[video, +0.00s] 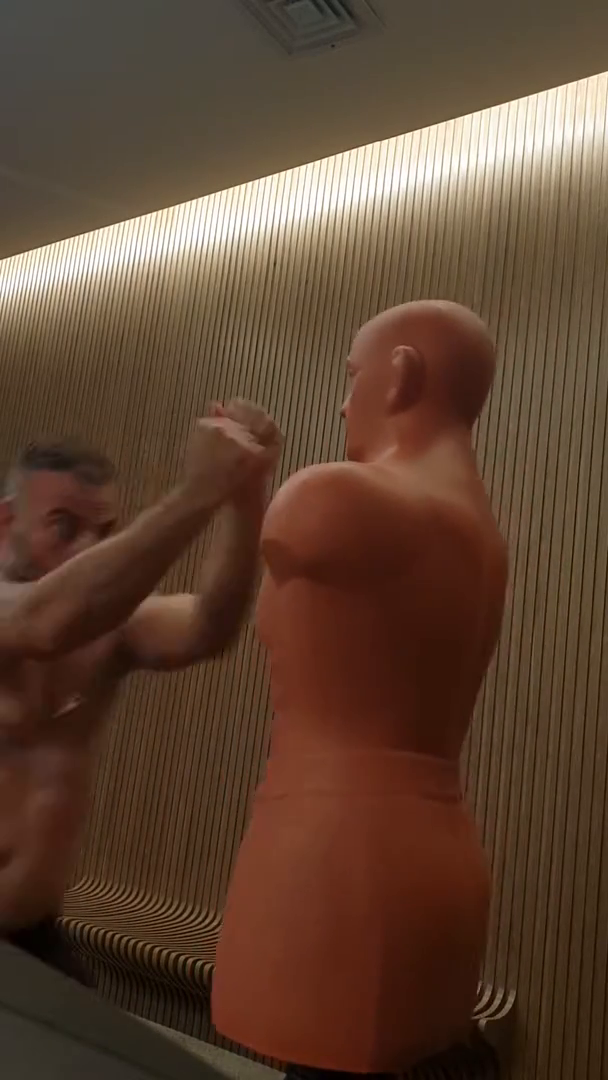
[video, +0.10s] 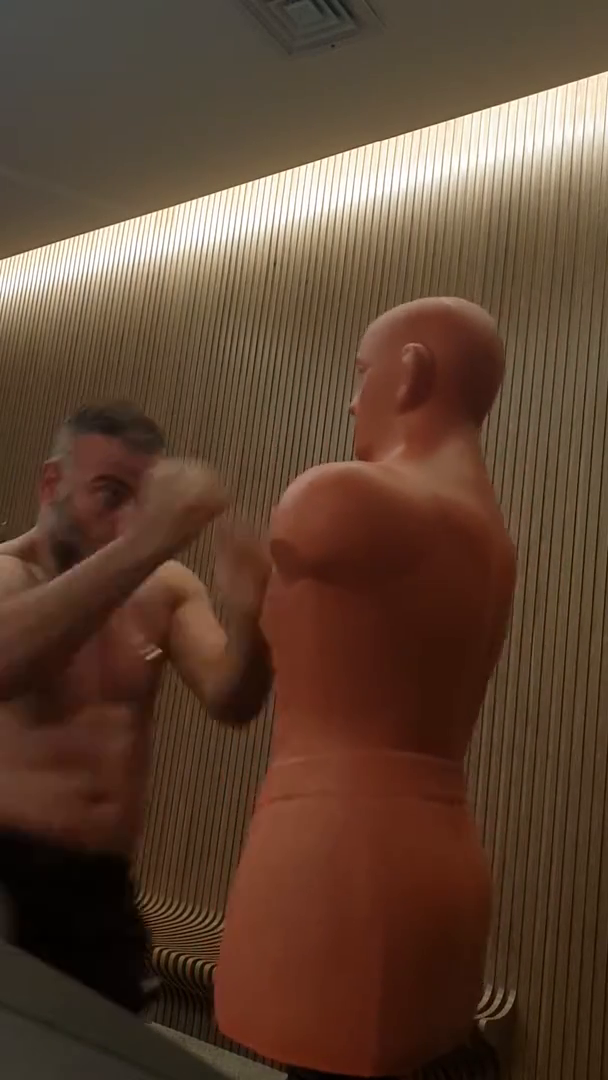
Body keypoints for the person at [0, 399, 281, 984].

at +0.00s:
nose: (83, 550)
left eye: (103, 533)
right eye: (63, 526)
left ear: (117, 533)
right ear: (8, 520)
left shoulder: (110, 623)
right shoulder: (2, 600)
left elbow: (210, 627)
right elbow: (44, 624)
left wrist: (249, 501)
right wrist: (197, 494)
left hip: (32, 939)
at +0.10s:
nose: (125, 522)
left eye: (141, 501)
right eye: (107, 493)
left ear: (156, 505)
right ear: (50, 485)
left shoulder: (167, 586)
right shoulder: (11, 573)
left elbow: (232, 704)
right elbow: (9, 660)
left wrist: (247, 620)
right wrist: (149, 536)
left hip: (103, 878)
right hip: (11, 864)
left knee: (111, 1052)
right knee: (22, 1036)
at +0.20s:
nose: (147, 533)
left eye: (166, 510)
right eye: (126, 502)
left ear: (181, 508)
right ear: (70, 484)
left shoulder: (168, 588)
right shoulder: (15, 594)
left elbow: (212, 720)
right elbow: (13, 778)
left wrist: (238, 717)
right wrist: (57, 773)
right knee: (239, 771)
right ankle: (102, 1017)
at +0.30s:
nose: (148, 534)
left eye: (166, 512)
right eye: (125, 503)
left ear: (179, 513)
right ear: (67, 491)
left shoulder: (154, 601)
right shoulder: (19, 593)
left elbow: (222, 715)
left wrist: (286, 713)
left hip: (221, 843)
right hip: (111, 862)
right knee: (333, 803)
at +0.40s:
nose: (151, 514)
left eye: (163, 494)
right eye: (125, 489)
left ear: (175, 501)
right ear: (63, 492)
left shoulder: (182, 616)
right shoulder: (24, 607)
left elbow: (264, 726)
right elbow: (6, 745)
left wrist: (313, 653)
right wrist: (20, 764)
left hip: (218, 873)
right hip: (108, 872)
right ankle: (175, 1074)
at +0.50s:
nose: (168, 508)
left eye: (177, 487)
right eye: (143, 483)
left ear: (186, 495)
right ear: (78, 488)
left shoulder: (192, 614)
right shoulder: (28, 609)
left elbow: (272, 733)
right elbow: (5, 768)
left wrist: (299, 628)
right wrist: (74, 724)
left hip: (211, 904)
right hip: (102, 895)